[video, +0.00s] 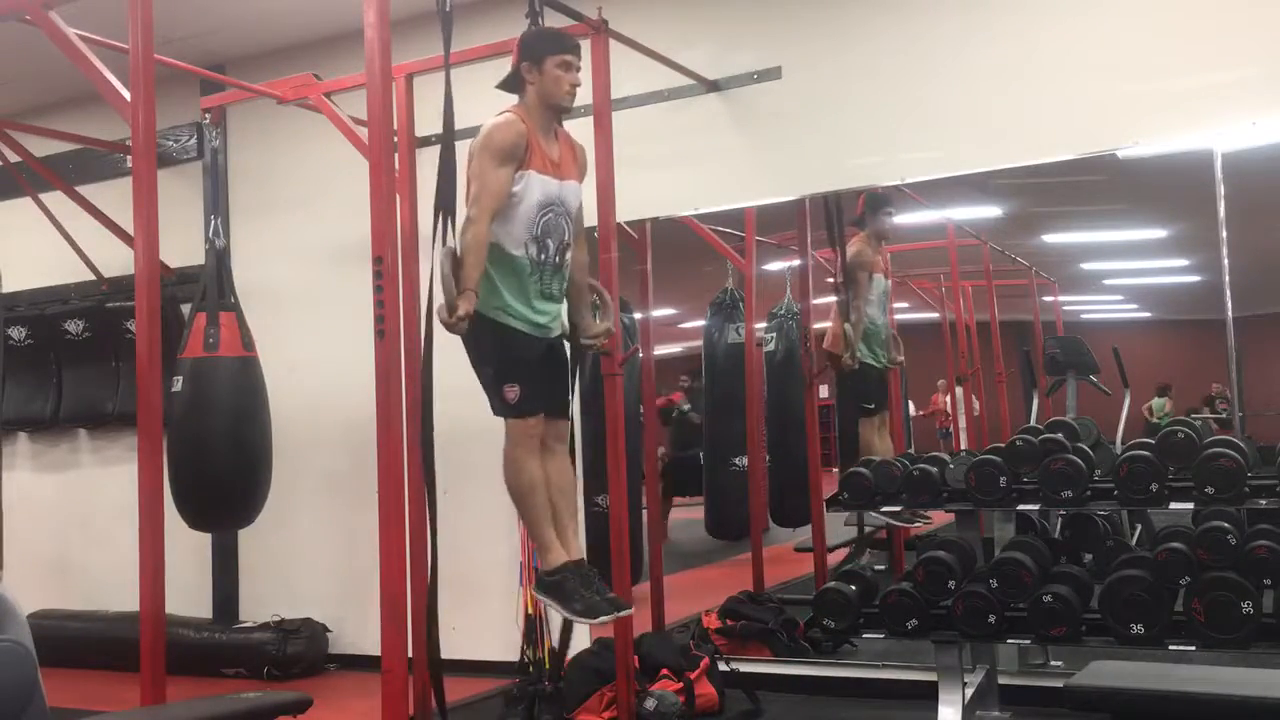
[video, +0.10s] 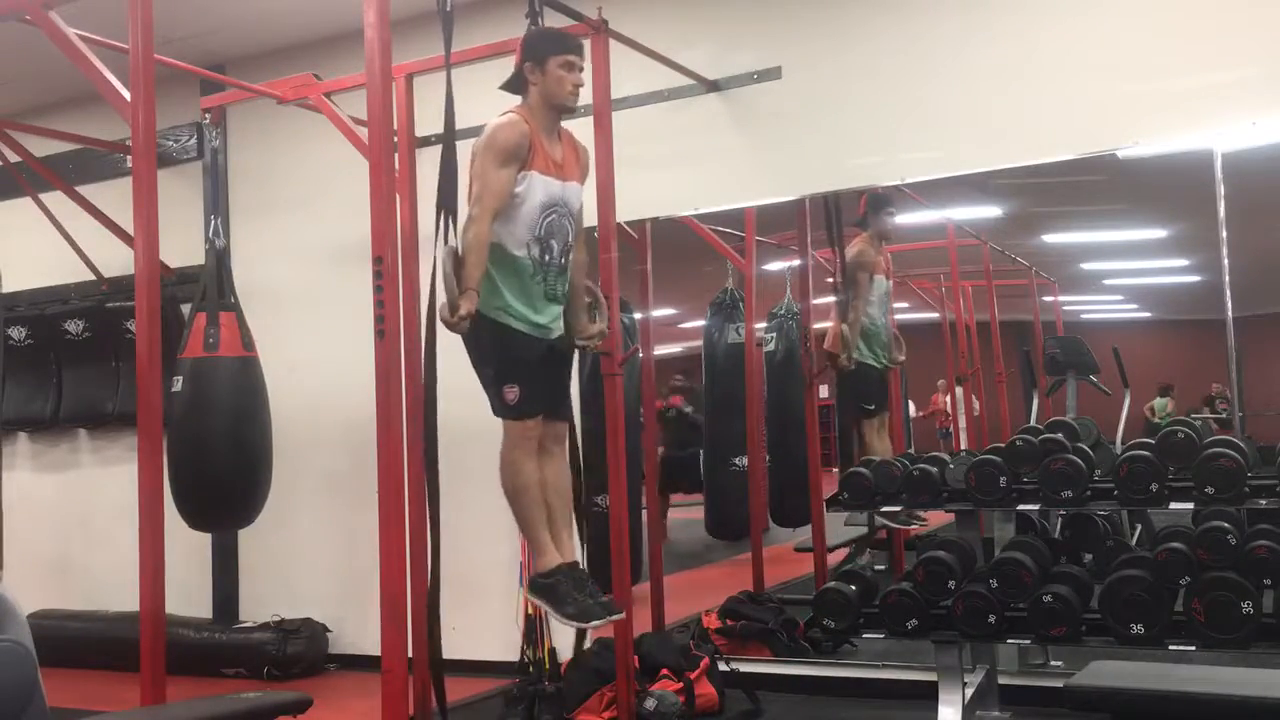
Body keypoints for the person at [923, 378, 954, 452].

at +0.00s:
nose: (942, 388)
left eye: (944, 386)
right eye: (940, 386)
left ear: (946, 387)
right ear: (938, 387)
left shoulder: (949, 396)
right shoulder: (935, 397)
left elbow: (953, 408)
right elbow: (932, 408)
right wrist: (924, 413)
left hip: (949, 421)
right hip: (940, 421)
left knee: (951, 437)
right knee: (941, 439)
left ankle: (954, 451)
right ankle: (943, 452)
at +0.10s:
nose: (942, 388)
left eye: (943, 386)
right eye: (940, 387)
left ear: (946, 387)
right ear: (938, 387)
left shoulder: (949, 396)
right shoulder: (935, 397)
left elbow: (952, 408)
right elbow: (932, 408)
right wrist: (925, 414)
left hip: (949, 421)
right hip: (940, 421)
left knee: (951, 437)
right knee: (941, 439)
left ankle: (954, 451)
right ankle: (943, 452)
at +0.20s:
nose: (942, 388)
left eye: (943, 386)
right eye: (940, 387)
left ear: (946, 386)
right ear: (938, 387)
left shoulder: (949, 396)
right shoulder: (935, 397)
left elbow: (953, 408)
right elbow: (932, 409)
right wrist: (924, 415)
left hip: (949, 421)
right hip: (940, 421)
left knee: (951, 437)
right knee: (941, 438)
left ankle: (954, 451)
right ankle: (943, 452)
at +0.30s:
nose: (942, 389)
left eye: (943, 386)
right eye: (940, 387)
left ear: (946, 387)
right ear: (938, 387)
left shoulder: (949, 396)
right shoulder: (935, 397)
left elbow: (952, 408)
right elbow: (932, 409)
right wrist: (925, 415)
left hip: (949, 420)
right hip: (939, 421)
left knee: (950, 437)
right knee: (941, 438)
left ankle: (953, 451)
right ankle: (943, 452)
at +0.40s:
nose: (942, 389)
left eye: (943, 386)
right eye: (940, 387)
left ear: (946, 387)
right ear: (938, 387)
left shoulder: (949, 396)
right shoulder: (934, 397)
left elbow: (953, 409)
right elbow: (932, 410)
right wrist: (925, 416)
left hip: (949, 421)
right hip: (939, 421)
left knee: (951, 437)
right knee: (941, 439)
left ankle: (954, 452)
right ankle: (943, 453)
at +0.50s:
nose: (942, 389)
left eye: (943, 387)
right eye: (940, 387)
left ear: (946, 387)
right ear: (938, 387)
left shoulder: (949, 396)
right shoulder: (934, 397)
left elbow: (953, 408)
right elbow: (932, 409)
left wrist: (952, 417)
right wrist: (926, 418)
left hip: (949, 421)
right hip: (939, 421)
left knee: (951, 437)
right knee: (941, 439)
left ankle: (954, 451)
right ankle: (943, 452)